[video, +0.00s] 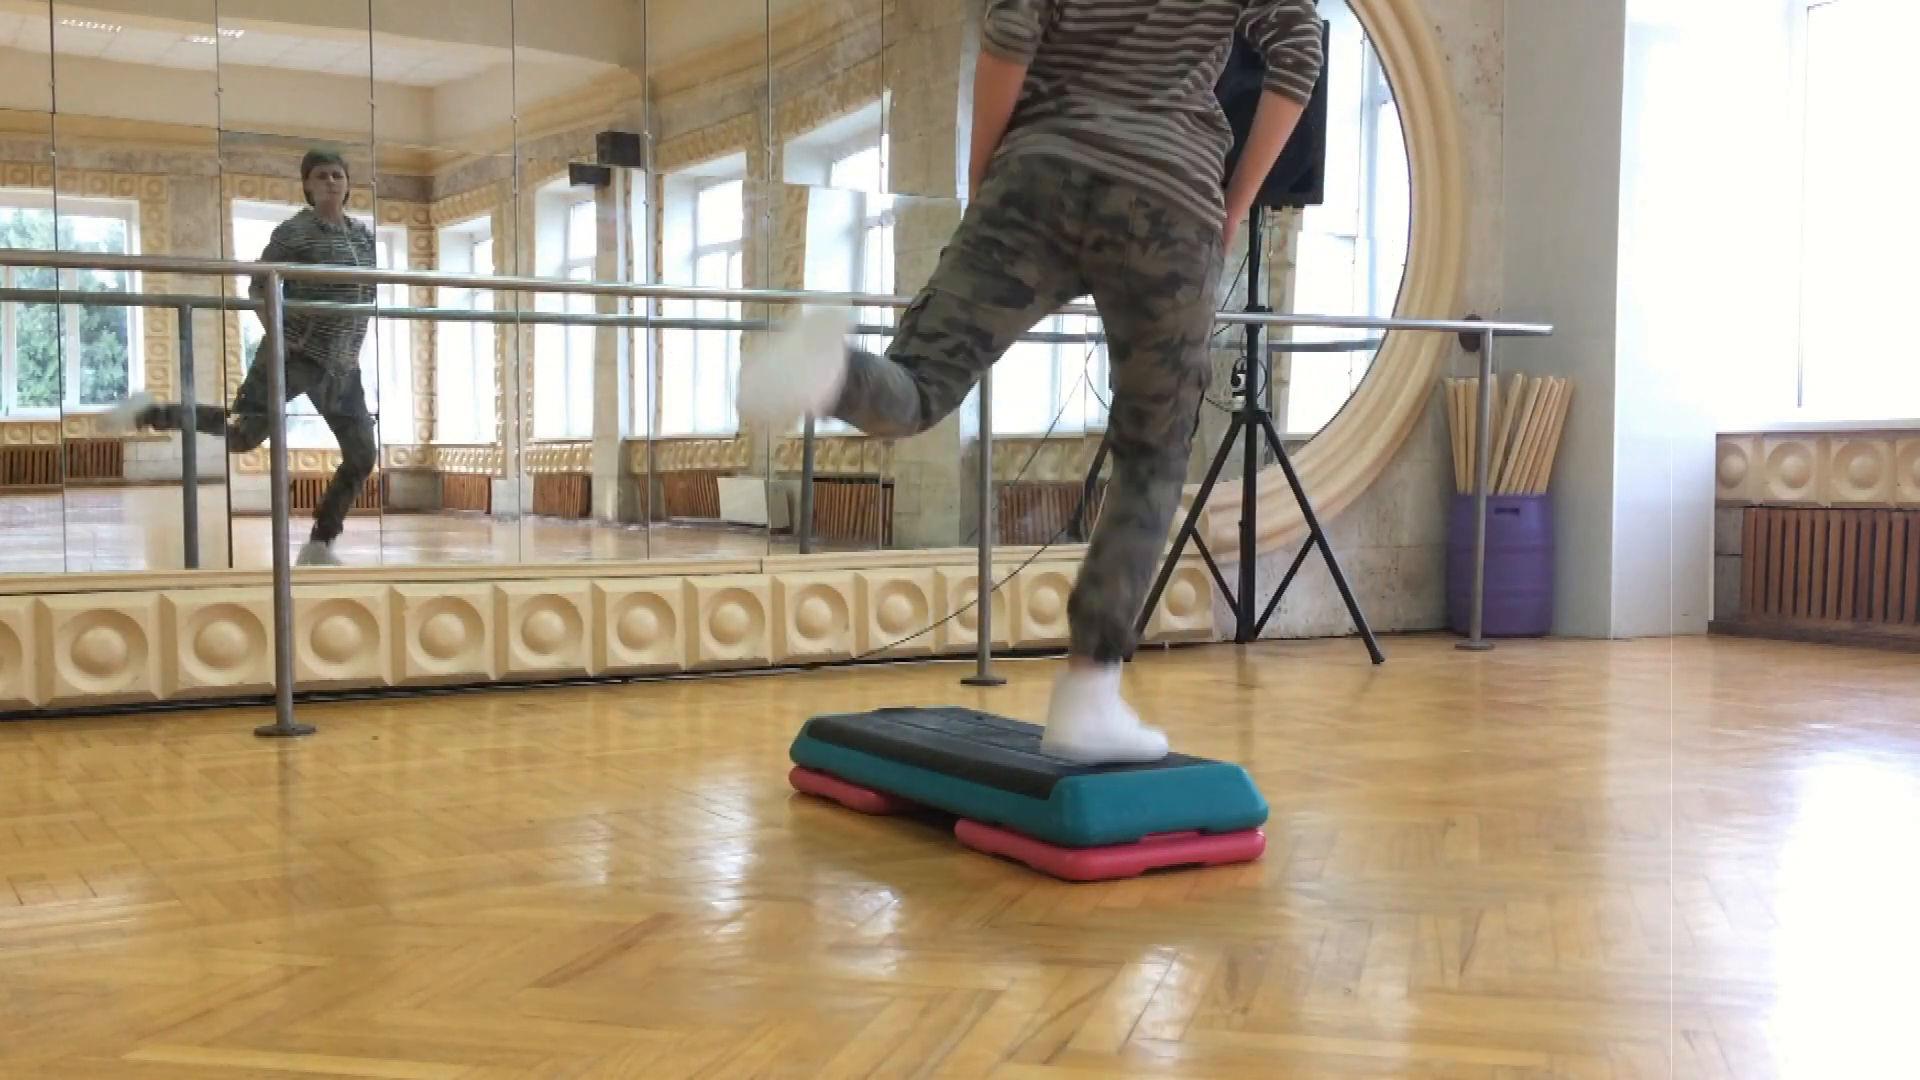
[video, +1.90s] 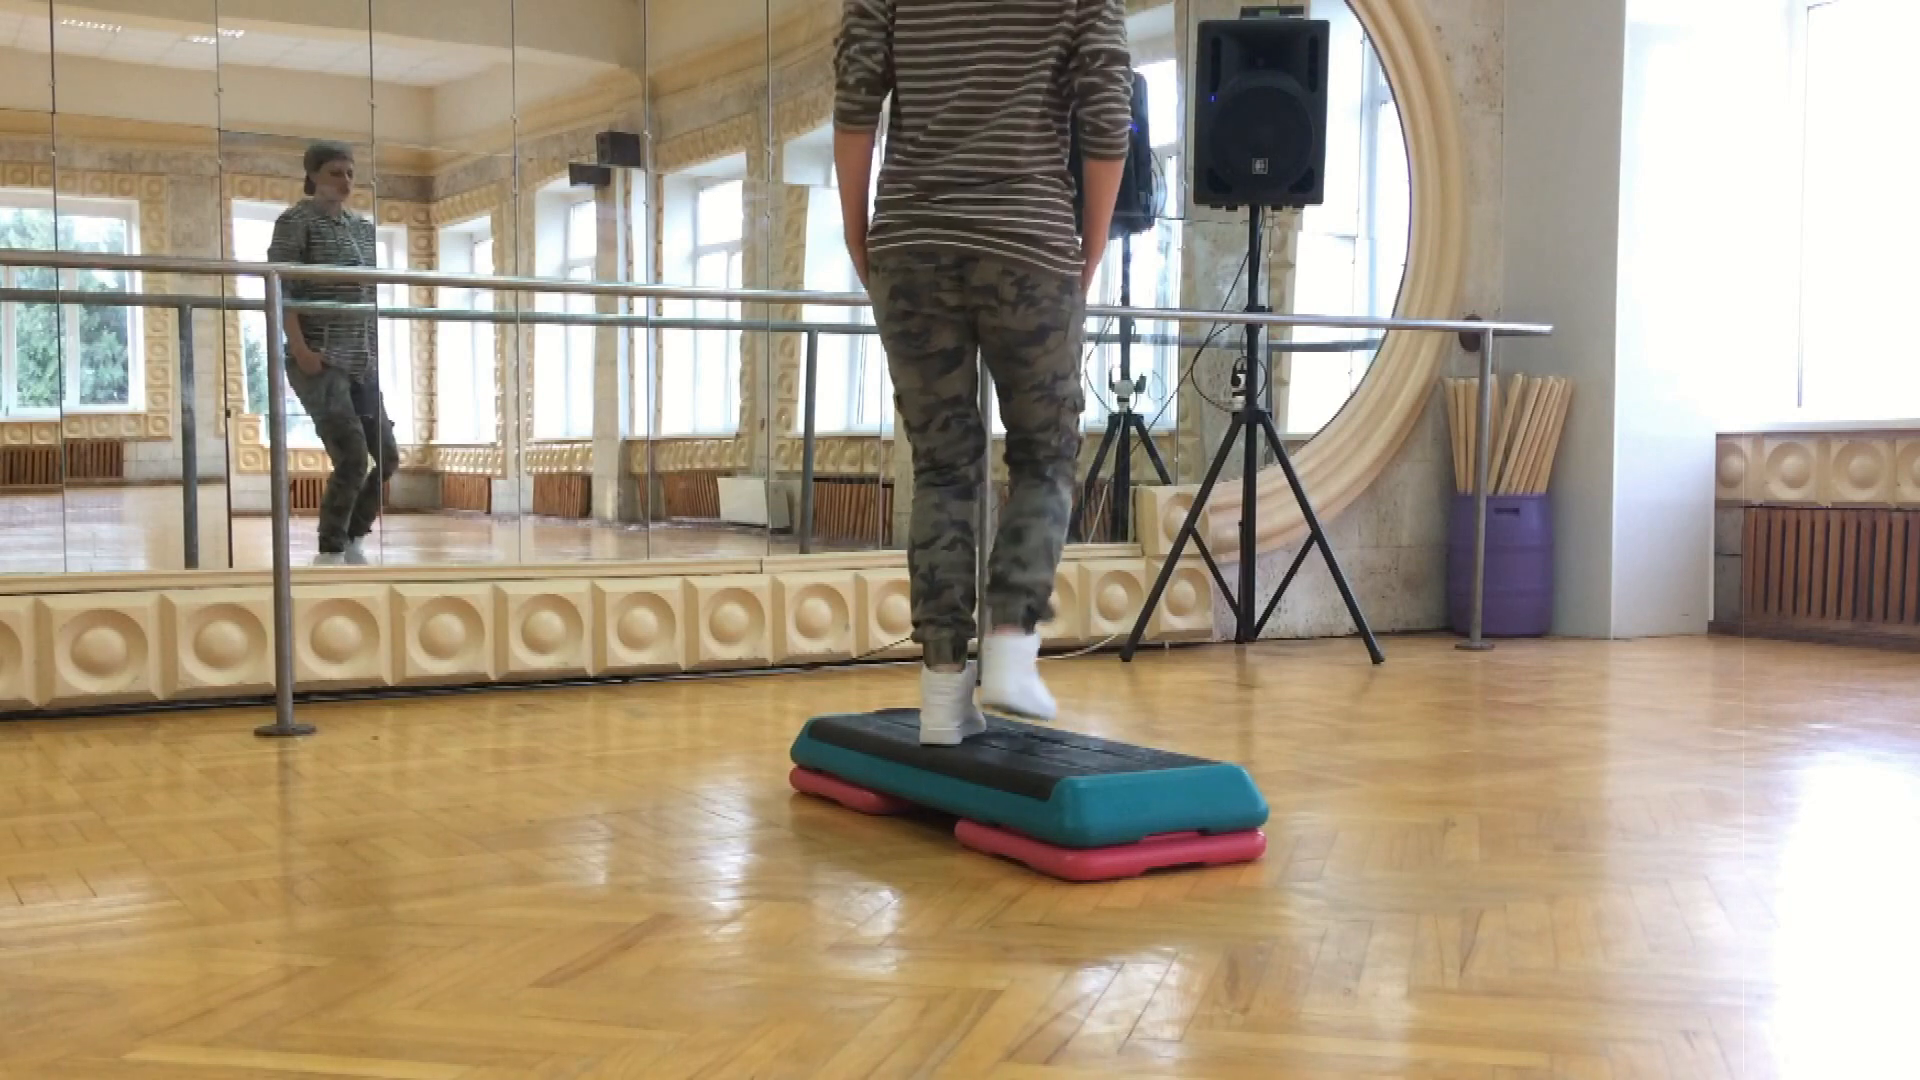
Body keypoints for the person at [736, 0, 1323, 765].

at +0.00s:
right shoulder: (1255, 2)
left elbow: (1007, 37)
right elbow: (1298, 55)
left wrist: (982, 188)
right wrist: (1236, 205)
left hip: (1042, 159)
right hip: (1171, 186)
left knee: (918, 384)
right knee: (1149, 460)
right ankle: (1086, 702)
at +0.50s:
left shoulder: (1024, 1)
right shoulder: (1235, 5)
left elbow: (996, 69)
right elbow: (1264, 86)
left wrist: (970, 207)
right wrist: (1221, 232)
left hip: (1017, 191)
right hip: (1146, 214)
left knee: (955, 429)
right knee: (1139, 483)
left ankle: (825, 435)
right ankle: (1079, 712)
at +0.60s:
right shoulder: (1226, 3)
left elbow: (977, 40)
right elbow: (1238, 70)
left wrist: (958, 174)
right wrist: (1203, 217)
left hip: (998, 166)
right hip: (1127, 178)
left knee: (1008, 398)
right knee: (1115, 454)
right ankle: (1079, 704)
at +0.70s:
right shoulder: (1210, 5)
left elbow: (959, 28)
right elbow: (1219, 68)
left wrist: (955, 169)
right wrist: (1187, 216)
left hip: (994, 165)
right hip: (1127, 177)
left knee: (1015, 409)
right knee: (1108, 449)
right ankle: (1078, 706)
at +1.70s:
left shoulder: (911, 6)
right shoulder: (1106, 7)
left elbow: (896, 111)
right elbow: (1126, 131)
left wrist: (884, 229)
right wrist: (1112, 257)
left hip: (931, 234)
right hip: (1054, 237)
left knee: (952, 465)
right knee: (1060, 471)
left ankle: (947, 700)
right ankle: (1057, 696)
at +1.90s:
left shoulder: (885, 2)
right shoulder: (1084, 5)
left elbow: (855, 102)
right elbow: (1106, 119)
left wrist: (856, 235)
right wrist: (1089, 254)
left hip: (908, 238)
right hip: (1028, 240)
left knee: (942, 461)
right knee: (1043, 455)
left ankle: (943, 693)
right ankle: (1009, 654)